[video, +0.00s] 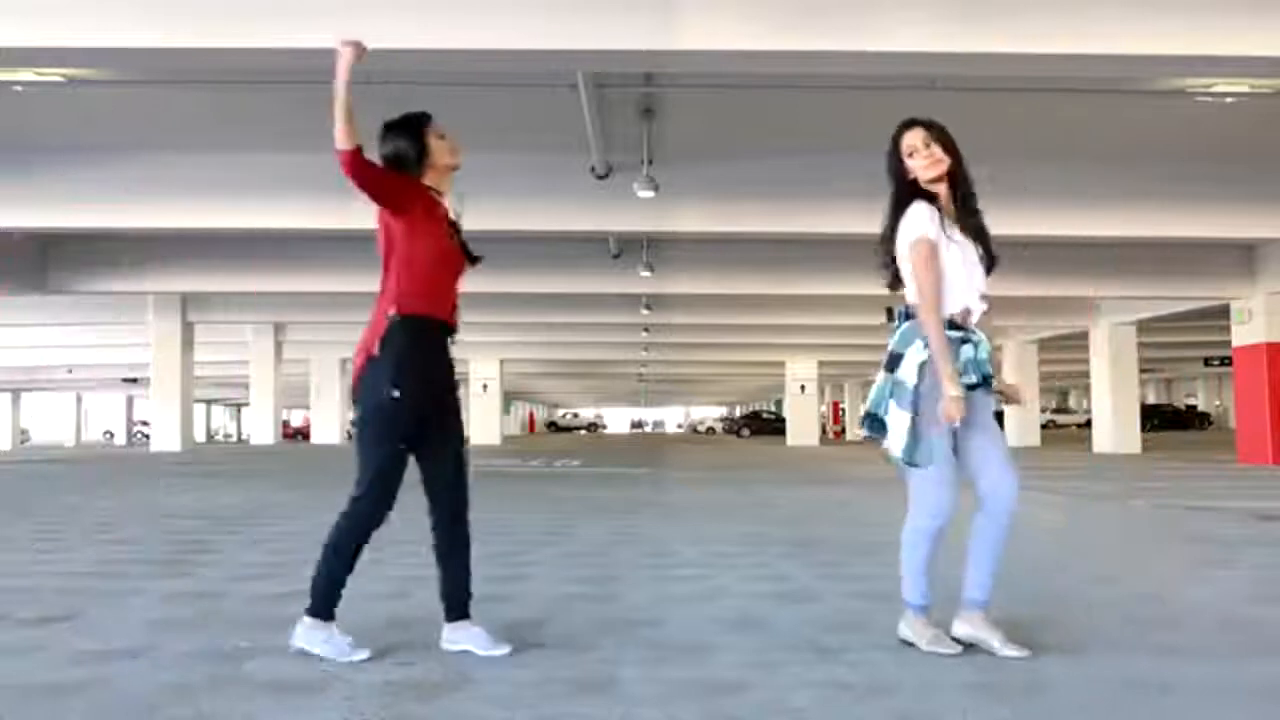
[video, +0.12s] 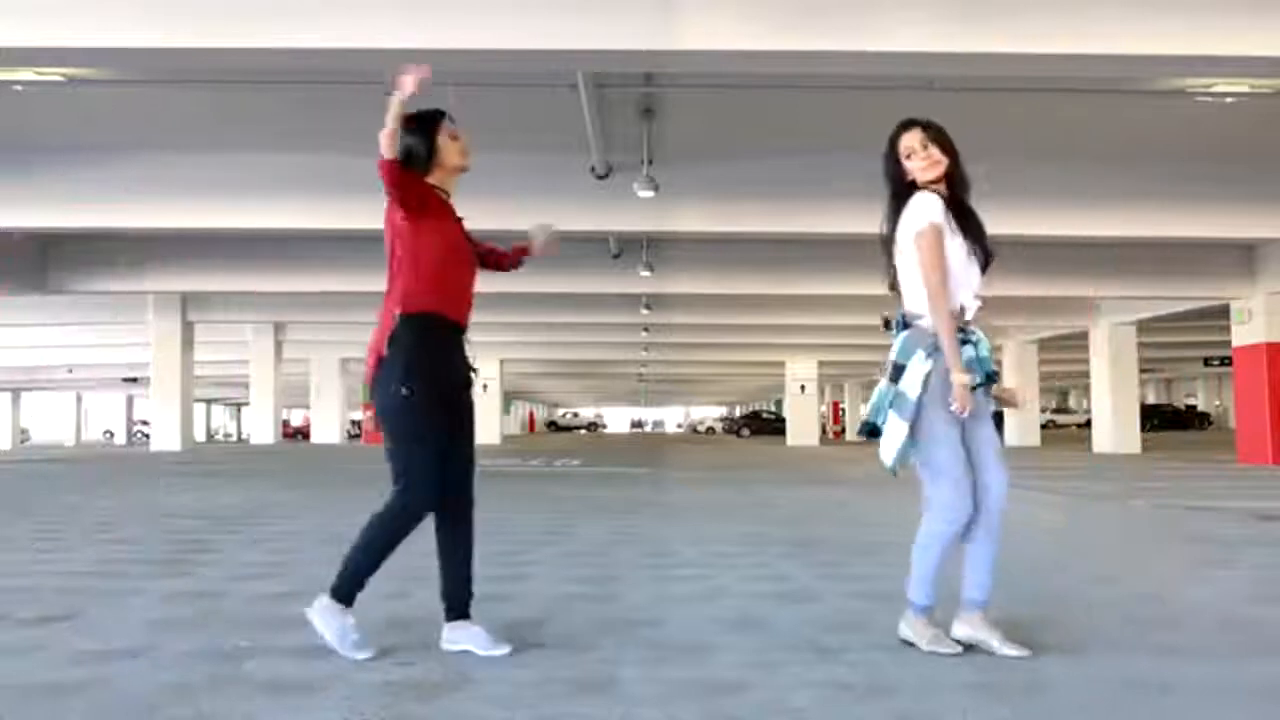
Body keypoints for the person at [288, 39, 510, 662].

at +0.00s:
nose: (452, 140)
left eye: (445, 133)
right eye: (440, 136)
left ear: (429, 151)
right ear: (422, 152)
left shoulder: (439, 213)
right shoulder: (404, 196)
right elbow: (351, 159)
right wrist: (343, 73)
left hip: (433, 359)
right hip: (396, 354)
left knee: (451, 501)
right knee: (373, 498)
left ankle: (458, 623)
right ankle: (315, 621)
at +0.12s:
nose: (463, 143)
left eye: (459, 135)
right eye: (452, 137)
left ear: (446, 154)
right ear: (426, 151)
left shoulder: (448, 221)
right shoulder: (412, 198)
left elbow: (486, 260)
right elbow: (391, 157)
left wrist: (528, 250)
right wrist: (399, 100)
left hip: (448, 358)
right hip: (409, 353)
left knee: (455, 496)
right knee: (418, 491)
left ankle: (457, 623)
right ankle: (335, 603)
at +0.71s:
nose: (450, 126)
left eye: (458, 120)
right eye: (438, 124)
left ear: (476, 143)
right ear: (426, 149)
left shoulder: (500, 217)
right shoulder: (405, 198)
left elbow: (463, 293)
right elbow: (421, 273)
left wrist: (379, 308)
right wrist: (466, 332)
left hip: (461, 353)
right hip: (399, 346)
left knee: (460, 491)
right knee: (405, 478)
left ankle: (458, 624)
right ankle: (375, 598)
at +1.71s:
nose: (345, 153)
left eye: (349, 147)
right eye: (334, 143)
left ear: (351, 162)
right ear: (304, 151)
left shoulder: (363, 225)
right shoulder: (264, 215)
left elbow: (421, 291)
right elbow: (189, 273)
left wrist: (401, 347)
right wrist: (250, 325)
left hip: (355, 377)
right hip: (286, 378)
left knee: (373, 496)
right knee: (290, 503)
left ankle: (360, 621)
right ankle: (298, 624)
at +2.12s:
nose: (342, 166)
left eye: (347, 158)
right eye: (333, 153)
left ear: (346, 168)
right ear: (303, 155)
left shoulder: (353, 226)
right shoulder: (263, 219)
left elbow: (406, 292)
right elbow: (195, 283)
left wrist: (391, 355)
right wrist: (258, 329)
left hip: (358, 371)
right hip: (293, 371)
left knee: (387, 488)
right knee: (297, 499)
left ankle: (365, 617)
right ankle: (302, 621)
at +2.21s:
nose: (343, 164)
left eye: (348, 157)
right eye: (334, 152)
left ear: (347, 167)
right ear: (304, 154)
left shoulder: (354, 226)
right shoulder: (264, 218)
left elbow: (406, 292)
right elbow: (194, 283)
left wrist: (391, 355)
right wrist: (257, 329)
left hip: (357, 371)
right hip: (292, 372)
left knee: (387, 488)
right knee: (296, 499)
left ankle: (366, 617)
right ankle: (302, 620)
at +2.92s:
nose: (342, 157)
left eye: (347, 151)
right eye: (331, 145)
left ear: (346, 164)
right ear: (301, 151)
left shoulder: (354, 226)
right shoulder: (260, 215)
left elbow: (409, 293)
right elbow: (186, 279)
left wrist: (386, 354)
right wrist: (241, 327)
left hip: (350, 368)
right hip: (285, 368)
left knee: (382, 489)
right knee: (291, 500)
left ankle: (371, 614)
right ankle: (300, 624)